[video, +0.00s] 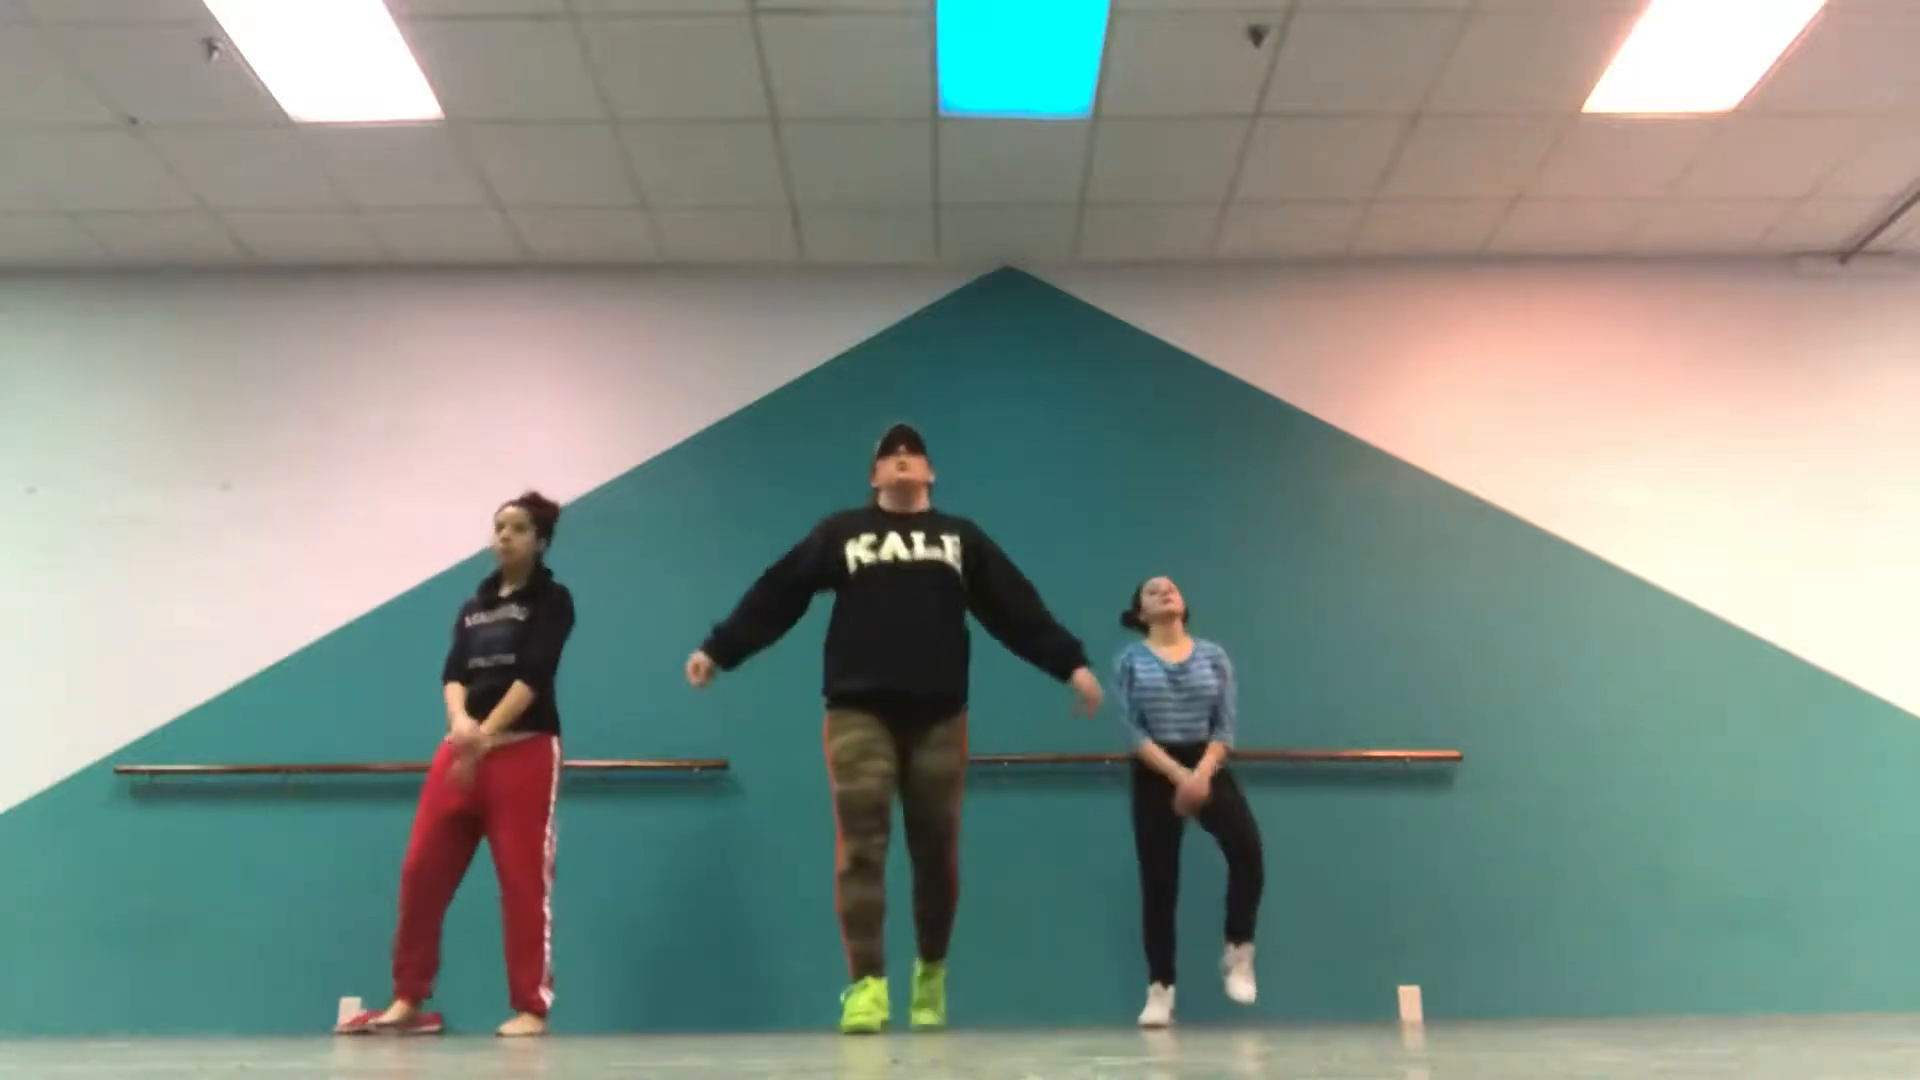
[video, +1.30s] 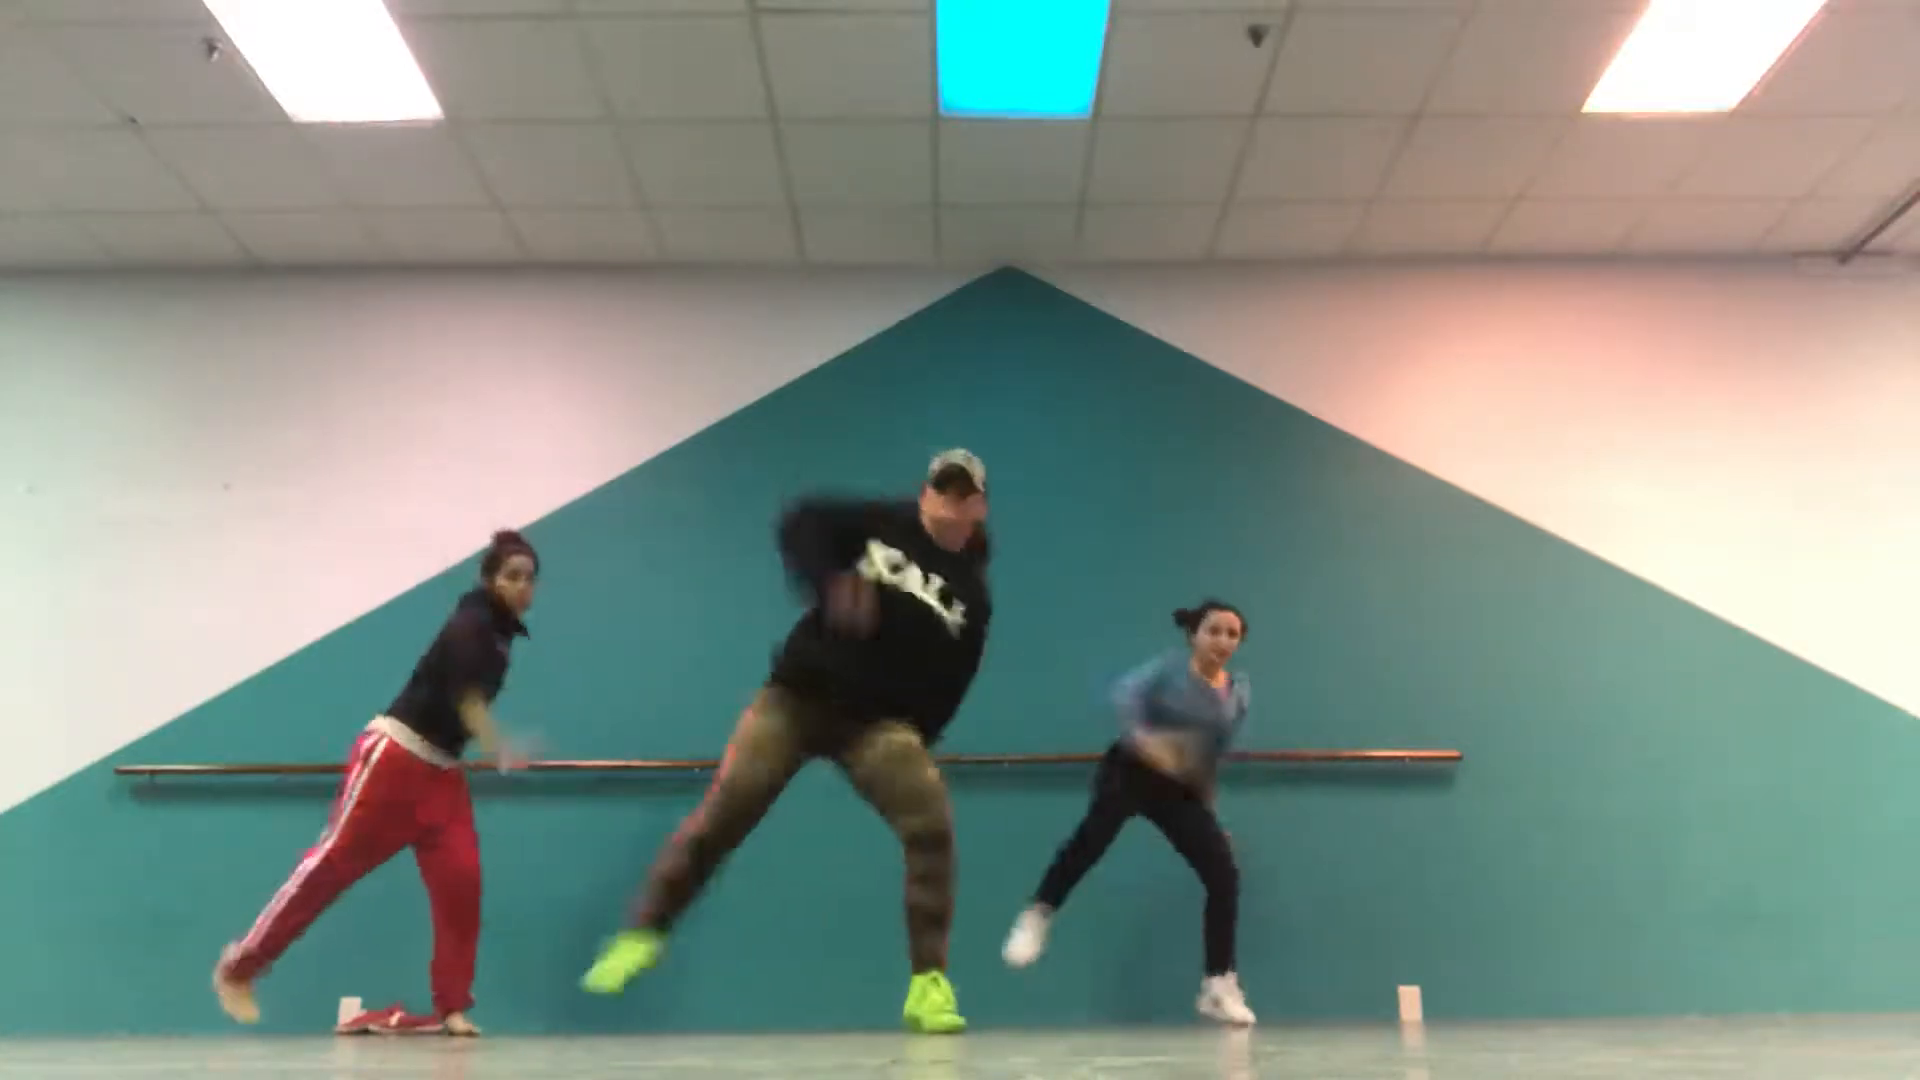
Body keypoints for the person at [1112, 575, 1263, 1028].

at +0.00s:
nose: (1167, 593)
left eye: (1172, 589)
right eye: (1155, 592)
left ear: (1184, 605)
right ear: (1140, 613)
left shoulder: (1214, 656)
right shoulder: (1131, 660)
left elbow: (1225, 727)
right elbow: (1130, 729)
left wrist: (1201, 775)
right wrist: (1180, 775)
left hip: (1205, 761)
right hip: (1154, 763)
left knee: (1246, 852)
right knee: (1159, 879)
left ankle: (1240, 949)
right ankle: (1161, 985)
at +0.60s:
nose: (1202, 593)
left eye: (1211, 590)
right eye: (1192, 591)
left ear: (1223, 610)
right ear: (1179, 611)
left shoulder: (1243, 653)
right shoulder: (1165, 658)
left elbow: (1247, 706)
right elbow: (1150, 729)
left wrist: (1190, 695)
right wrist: (1177, 772)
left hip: (1229, 757)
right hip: (1178, 756)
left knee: (1240, 874)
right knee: (1170, 856)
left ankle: (1248, 982)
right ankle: (1185, 945)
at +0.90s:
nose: (1206, 624)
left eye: (1214, 618)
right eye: (1197, 616)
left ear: (1224, 633)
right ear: (1179, 630)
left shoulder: (1237, 684)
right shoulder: (1159, 685)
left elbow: (1234, 732)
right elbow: (1148, 755)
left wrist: (1229, 738)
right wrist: (1160, 817)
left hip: (1226, 787)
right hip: (1181, 790)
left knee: (1240, 889)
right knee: (1198, 896)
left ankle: (1232, 987)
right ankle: (1212, 988)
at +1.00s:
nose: (1208, 607)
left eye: (1215, 602)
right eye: (1199, 600)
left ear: (1226, 617)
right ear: (1179, 612)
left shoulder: (1237, 670)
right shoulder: (1156, 660)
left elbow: (1250, 742)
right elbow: (1120, 717)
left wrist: (1268, 803)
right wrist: (1110, 744)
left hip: (1220, 766)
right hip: (1169, 766)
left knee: (1230, 878)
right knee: (1175, 869)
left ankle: (1233, 983)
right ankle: (1198, 943)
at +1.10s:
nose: (1208, 619)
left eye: (1216, 614)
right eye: (1200, 611)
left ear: (1227, 625)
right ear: (1182, 618)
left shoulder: (1237, 680)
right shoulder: (1151, 661)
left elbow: (1250, 751)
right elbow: (1093, 681)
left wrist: (1275, 811)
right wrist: (1083, 663)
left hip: (1211, 772)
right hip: (1159, 766)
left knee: (1224, 883)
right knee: (1149, 823)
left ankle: (1229, 987)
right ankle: (1162, 883)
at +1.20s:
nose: (1211, 626)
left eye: (1220, 620)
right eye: (1203, 616)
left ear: (1230, 630)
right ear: (1186, 621)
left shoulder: (1236, 685)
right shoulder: (1154, 658)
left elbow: (1238, 753)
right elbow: (1091, 669)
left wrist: (1250, 809)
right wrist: (1112, 662)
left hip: (1195, 777)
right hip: (1147, 764)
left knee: (1225, 879)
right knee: (1124, 788)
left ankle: (1230, 984)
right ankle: (1107, 879)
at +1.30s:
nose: (1222, 641)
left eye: (1231, 635)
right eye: (1214, 631)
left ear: (1238, 645)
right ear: (1195, 634)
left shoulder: (1235, 695)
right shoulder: (1169, 668)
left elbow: (1213, 757)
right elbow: (1123, 694)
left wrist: (1210, 815)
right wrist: (1143, 739)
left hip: (1178, 791)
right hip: (1130, 774)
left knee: (1222, 874)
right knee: (1093, 839)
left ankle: (1219, 984)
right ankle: (1038, 915)